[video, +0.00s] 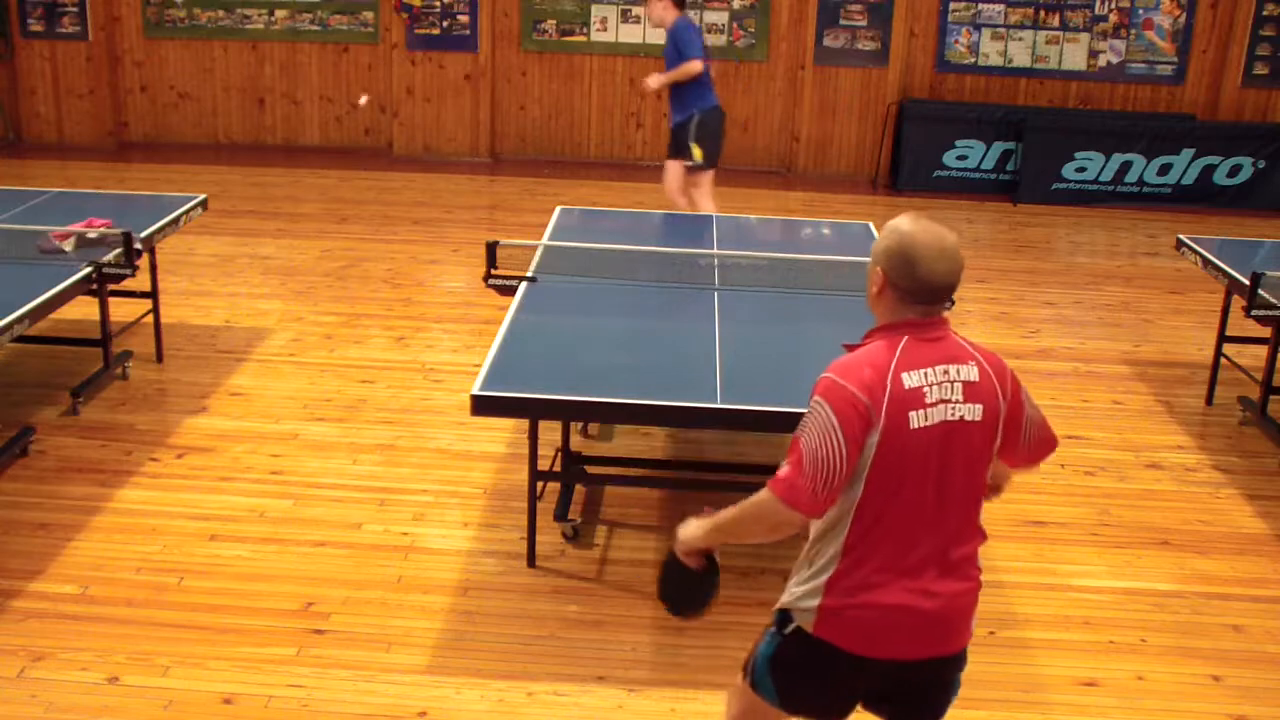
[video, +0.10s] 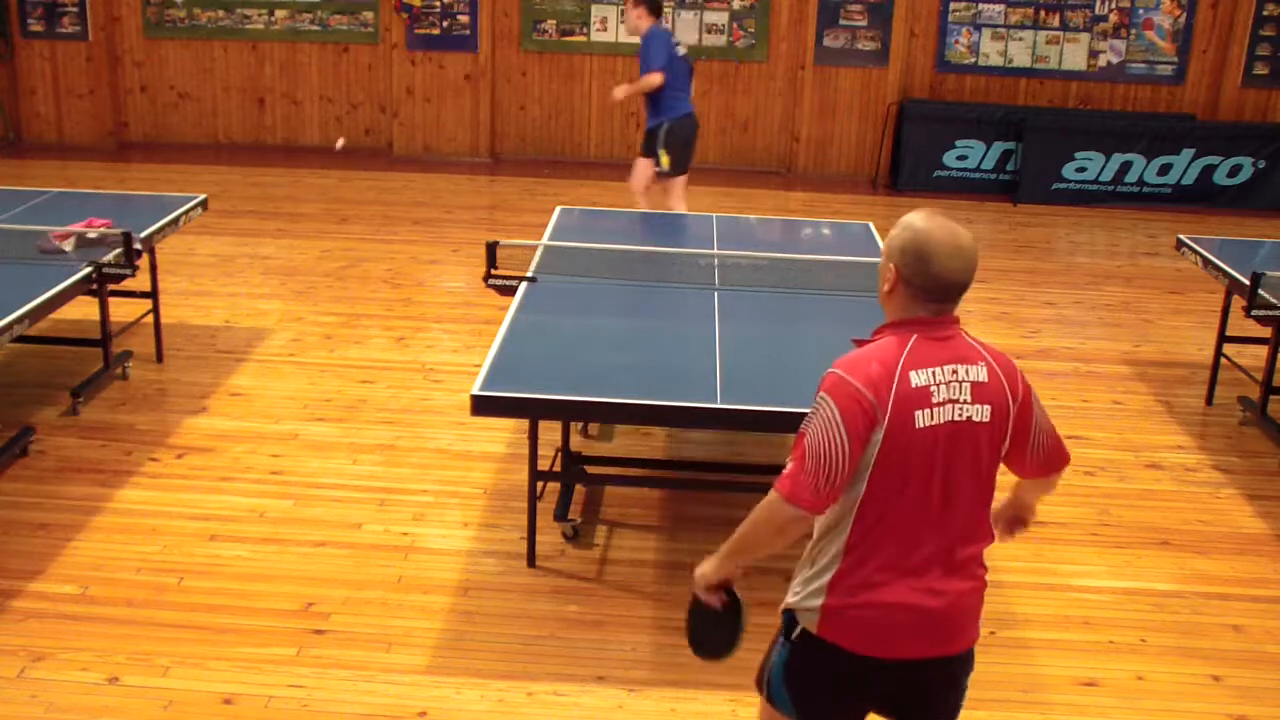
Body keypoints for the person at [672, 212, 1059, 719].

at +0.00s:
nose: (869, 268)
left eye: (873, 260)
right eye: (877, 256)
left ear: (879, 281)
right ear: (950, 287)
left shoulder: (854, 379)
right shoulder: (989, 370)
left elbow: (794, 501)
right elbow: (1031, 444)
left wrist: (706, 531)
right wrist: (994, 471)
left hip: (837, 630)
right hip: (938, 636)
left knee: (753, 706)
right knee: (914, 713)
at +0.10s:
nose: (880, 265)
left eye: (884, 258)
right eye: (886, 255)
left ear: (891, 277)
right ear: (960, 285)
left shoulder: (860, 376)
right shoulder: (998, 372)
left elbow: (798, 500)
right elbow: (1046, 462)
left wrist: (724, 563)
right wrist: (1020, 505)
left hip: (844, 636)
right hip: (946, 637)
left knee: (785, 701)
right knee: (928, 713)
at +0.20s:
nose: (883, 265)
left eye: (886, 259)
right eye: (889, 255)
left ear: (893, 277)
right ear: (964, 287)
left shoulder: (858, 376)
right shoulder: (999, 376)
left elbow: (794, 499)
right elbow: (1051, 479)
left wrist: (732, 580)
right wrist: (1042, 540)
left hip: (844, 640)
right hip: (946, 640)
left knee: (803, 706)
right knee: (934, 712)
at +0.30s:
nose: (879, 262)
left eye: (882, 256)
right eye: (885, 252)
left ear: (888, 276)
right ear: (961, 286)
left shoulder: (848, 376)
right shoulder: (998, 379)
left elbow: (782, 502)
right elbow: (1043, 496)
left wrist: (724, 587)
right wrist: (1050, 573)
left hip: (837, 641)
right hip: (942, 642)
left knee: (802, 710)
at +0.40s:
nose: (872, 262)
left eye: (875, 256)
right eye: (878, 252)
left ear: (881, 278)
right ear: (956, 286)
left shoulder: (841, 376)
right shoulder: (995, 380)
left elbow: (772, 502)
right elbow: (1037, 505)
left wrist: (712, 584)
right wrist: (1045, 599)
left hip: (831, 645)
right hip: (937, 648)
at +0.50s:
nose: (867, 263)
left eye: (870, 255)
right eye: (874, 251)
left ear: (876, 281)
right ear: (953, 289)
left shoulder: (832, 376)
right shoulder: (992, 385)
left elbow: (760, 499)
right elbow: (1032, 510)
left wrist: (700, 579)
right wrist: (1035, 607)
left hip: (825, 646)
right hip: (931, 649)